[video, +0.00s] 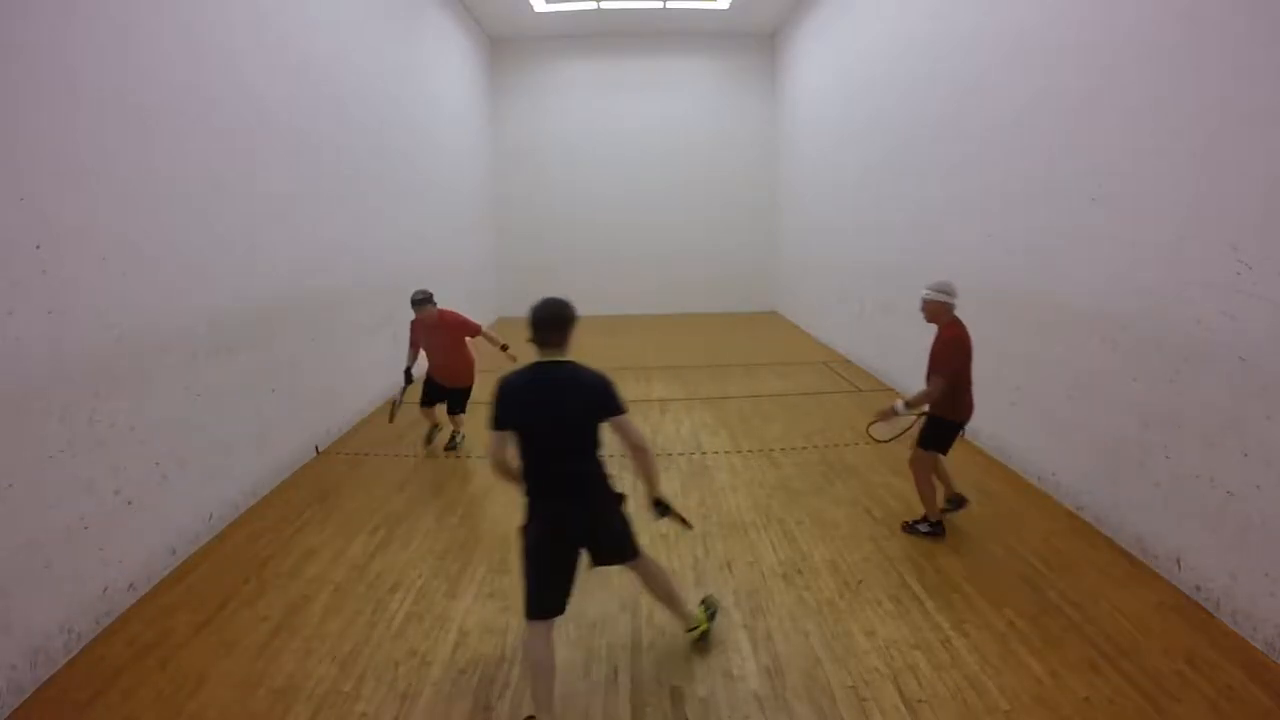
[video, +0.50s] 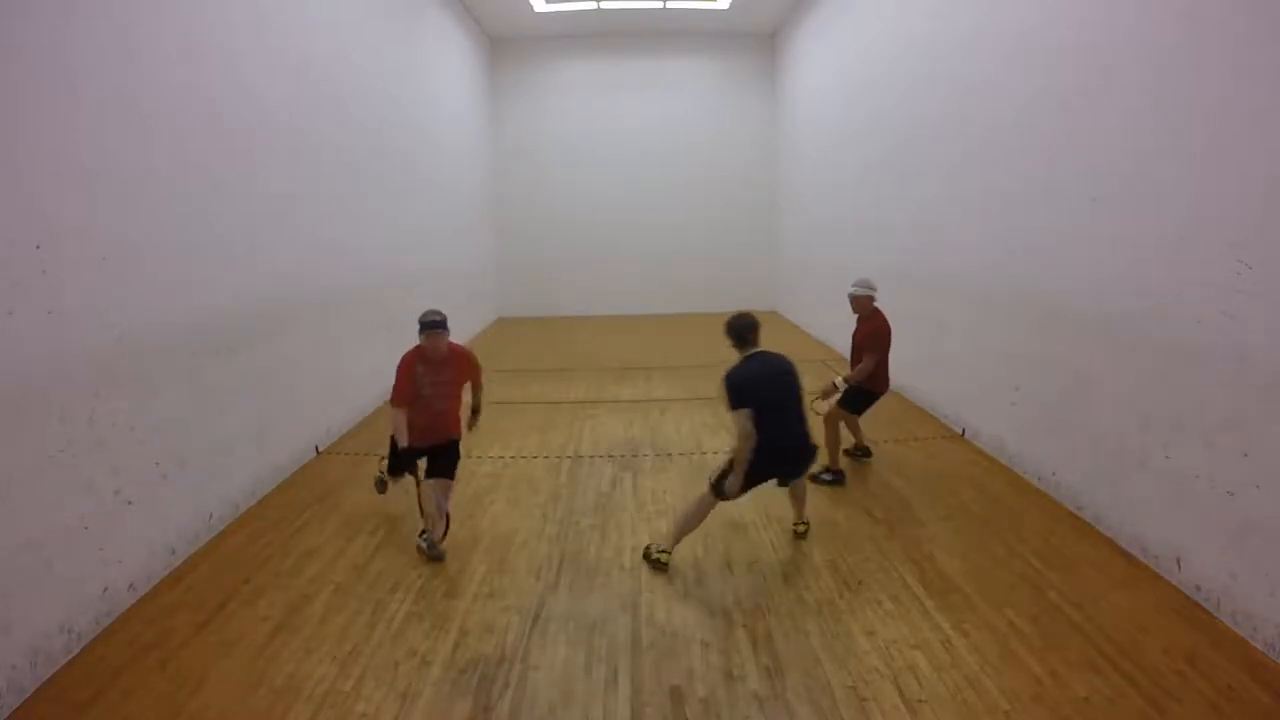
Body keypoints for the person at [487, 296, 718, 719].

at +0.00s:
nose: (558, 336)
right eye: (566, 327)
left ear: (532, 334)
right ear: (570, 332)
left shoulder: (512, 386)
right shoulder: (592, 382)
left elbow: (499, 460)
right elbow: (636, 445)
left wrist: (530, 479)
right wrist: (654, 493)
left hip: (547, 515)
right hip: (596, 505)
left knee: (538, 623)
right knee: (638, 559)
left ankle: (542, 712)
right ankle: (692, 621)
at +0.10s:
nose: (616, 333)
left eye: (602, 327)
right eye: (620, 325)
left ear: (589, 331)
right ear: (625, 329)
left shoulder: (573, 381)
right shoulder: (648, 373)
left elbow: (560, 450)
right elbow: (692, 424)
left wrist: (582, 483)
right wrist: (701, 462)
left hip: (606, 496)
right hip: (653, 489)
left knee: (595, 587)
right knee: (685, 548)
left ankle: (560, 666)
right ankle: (716, 615)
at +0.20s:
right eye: (654, 326)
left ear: (623, 334)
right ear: (657, 330)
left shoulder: (613, 378)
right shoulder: (684, 367)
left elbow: (595, 443)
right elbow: (716, 412)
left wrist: (607, 490)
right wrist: (719, 451)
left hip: (650, 473)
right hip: (694, 469)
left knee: (647, 530)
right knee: (714, 525)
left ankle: (634, 599)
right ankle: (721, 596)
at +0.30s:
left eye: (649, 342)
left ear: (648, 346)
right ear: (679, 339)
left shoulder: (646, 386)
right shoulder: (707, 370)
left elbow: (643, 449)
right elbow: (730, 417)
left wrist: (656, 494)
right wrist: (734, 452)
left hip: (685, 467)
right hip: (725, 461)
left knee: (672, 501)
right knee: (746, 498)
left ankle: (657, 555)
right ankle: (756, 559)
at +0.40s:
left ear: (685, 349)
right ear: (713, 343)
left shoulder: (684, 389)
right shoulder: (742, 373)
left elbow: (690, 449)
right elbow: (755, 427)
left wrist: (703, 494)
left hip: (712, 469)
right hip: (753, 463)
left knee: (685, 492)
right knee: (779, 477)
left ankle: (660, 552)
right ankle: (800, 531)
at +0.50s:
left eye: (733, 337)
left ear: (731, 341)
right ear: (758, 334)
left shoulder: (736, 376)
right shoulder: (784, 363)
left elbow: (747, 434)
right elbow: (797, 413)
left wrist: (737, 476)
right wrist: (800, 450)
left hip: (761, 455)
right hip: (796, 449)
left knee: (711, 495)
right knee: (797, 475)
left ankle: (666, 549)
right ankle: (800, 522)